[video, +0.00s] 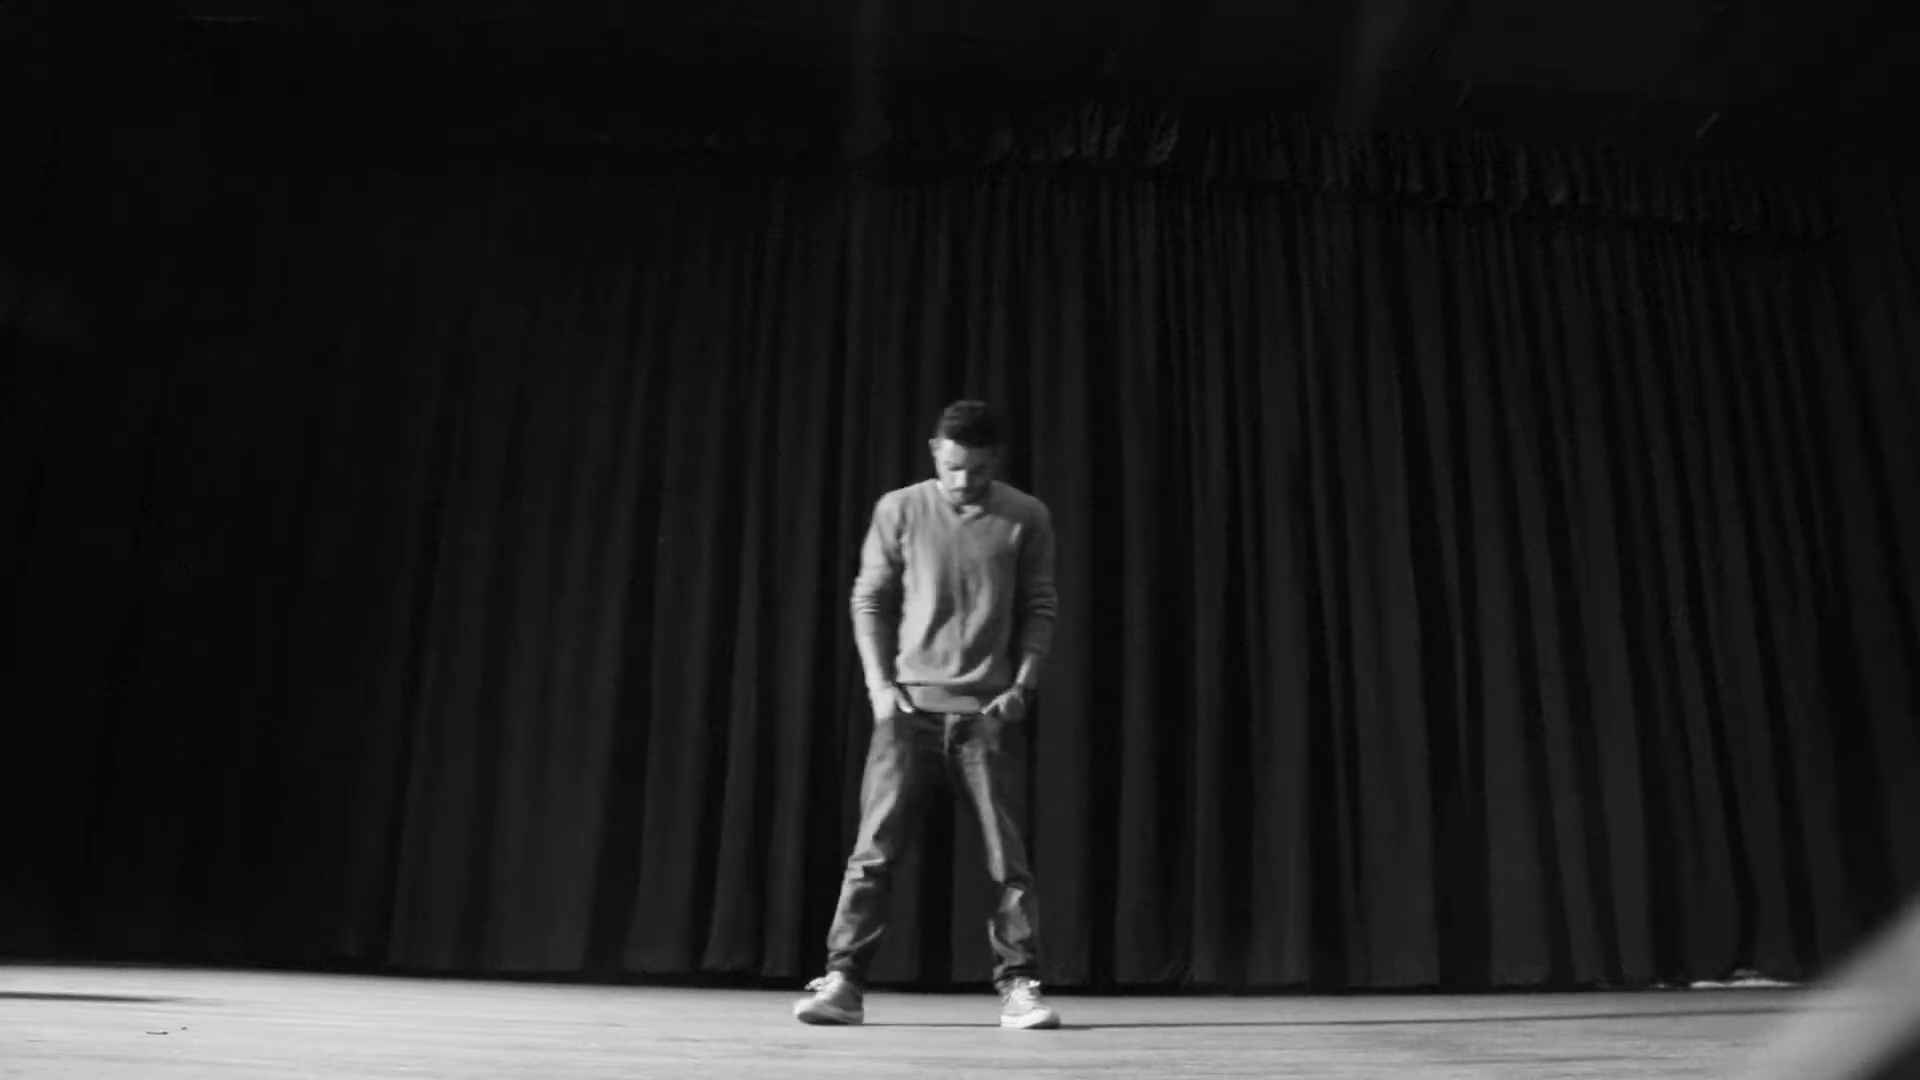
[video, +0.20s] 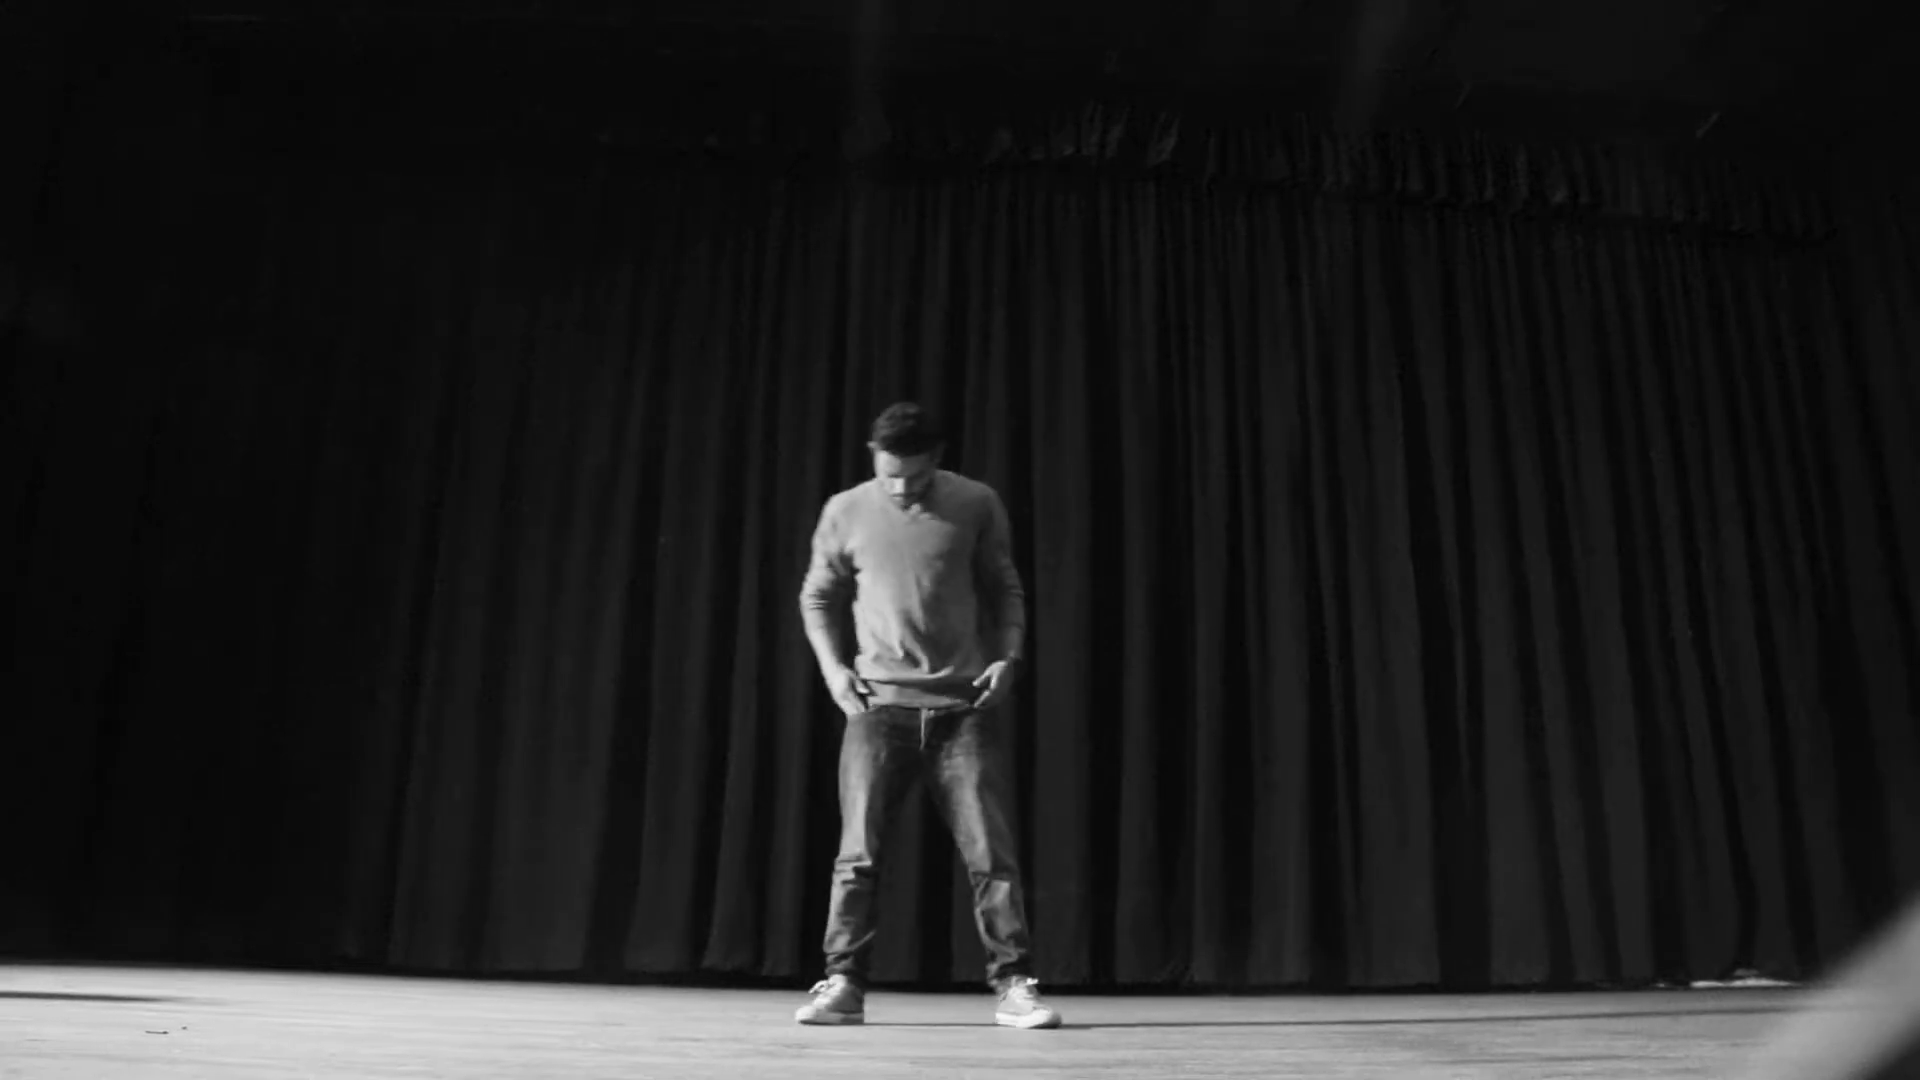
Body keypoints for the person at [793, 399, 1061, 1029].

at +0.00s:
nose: (963, 482)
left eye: (975, 470)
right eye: (951, 468)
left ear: (995, 460)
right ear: (933, 456)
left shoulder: (1027, 518)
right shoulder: (897, 511)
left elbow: (1040, 609)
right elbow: (867, 601)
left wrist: (1021, 688)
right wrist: (879, 684)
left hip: (987, 710)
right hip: (907, 706)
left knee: (1007, 858)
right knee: (873, 850)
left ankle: (1020, 989)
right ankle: (842, 983)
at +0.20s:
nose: (901, 489)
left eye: (912, 476)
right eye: (889, 476)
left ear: (936, 459)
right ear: (872, 460)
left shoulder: (978, 506)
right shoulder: (844, 512)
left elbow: (1008, 592)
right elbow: (817, 597)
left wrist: (1007, 658)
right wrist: (832, 668)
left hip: (964, 708)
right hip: (878, 708)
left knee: (991, 854)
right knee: (858, 855)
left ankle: (1015, 987)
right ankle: (842, 985)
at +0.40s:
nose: (873, 495)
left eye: (883, 483)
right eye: (861, 484)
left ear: (905, 460)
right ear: (844, 469)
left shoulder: (950, 493)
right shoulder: (820, 511)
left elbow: (987, 578)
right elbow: (793, 596)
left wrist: (995, 651)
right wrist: (815, 662)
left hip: (952, 699)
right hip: (867, 703)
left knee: (989, 841)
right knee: (855, 852)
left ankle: (1022, 976)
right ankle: (842, 985)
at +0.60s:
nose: (879, 497)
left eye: (890, 485)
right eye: (867, 487)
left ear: (911, 462)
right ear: (848, 470)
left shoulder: (956, 493)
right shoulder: (823, 510)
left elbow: (991, 574)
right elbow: (801, 596)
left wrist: (994, 648)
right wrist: (822, 660)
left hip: (954, 702)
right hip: (869, 705)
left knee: (996, 837)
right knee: (857, 851)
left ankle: (1036, 972)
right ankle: (842, 984)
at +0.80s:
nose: (915, 497)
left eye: (925, 485)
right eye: (904, 486)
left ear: (947, 464)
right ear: (885, 470)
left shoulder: (989, 495)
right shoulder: (857, 508)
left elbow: (1025, 584)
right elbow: (837, 597)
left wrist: (1020, 660)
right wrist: (842, 673)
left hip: (971, 705)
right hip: (886, 707)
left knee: (999, 850)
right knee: (866, 854)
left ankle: (1030, 989)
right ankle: (844, 983)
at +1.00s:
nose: (968, 495)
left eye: (979, 484)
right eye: (957, 483)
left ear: (1001, 466)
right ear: (941, 463)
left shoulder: (1038, 502)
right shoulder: (903, 498)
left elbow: (1068, 592)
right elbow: (874, 583)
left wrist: (1054, 663)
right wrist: (870, 668)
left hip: (996, 702)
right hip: (913, 703)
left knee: (1019, 856)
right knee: (880, 851)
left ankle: (1032, 989)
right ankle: (847, 981)